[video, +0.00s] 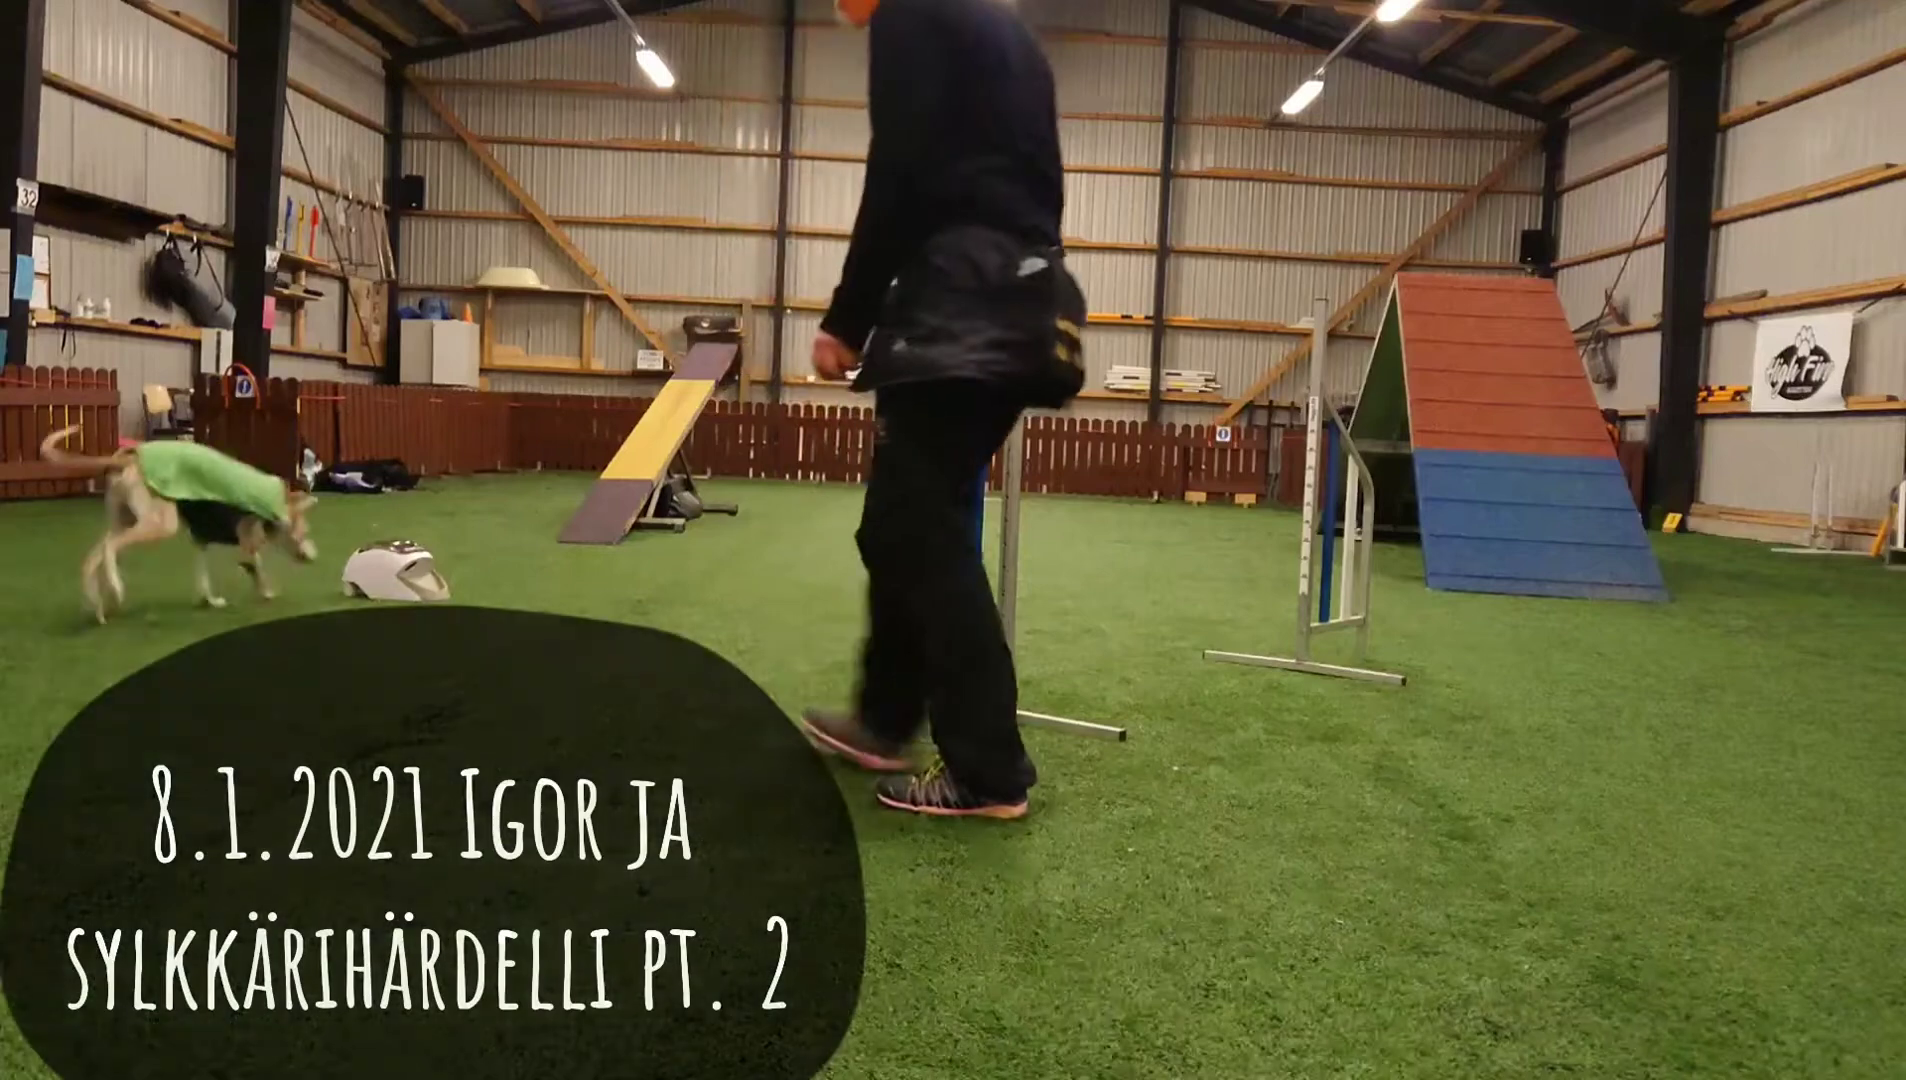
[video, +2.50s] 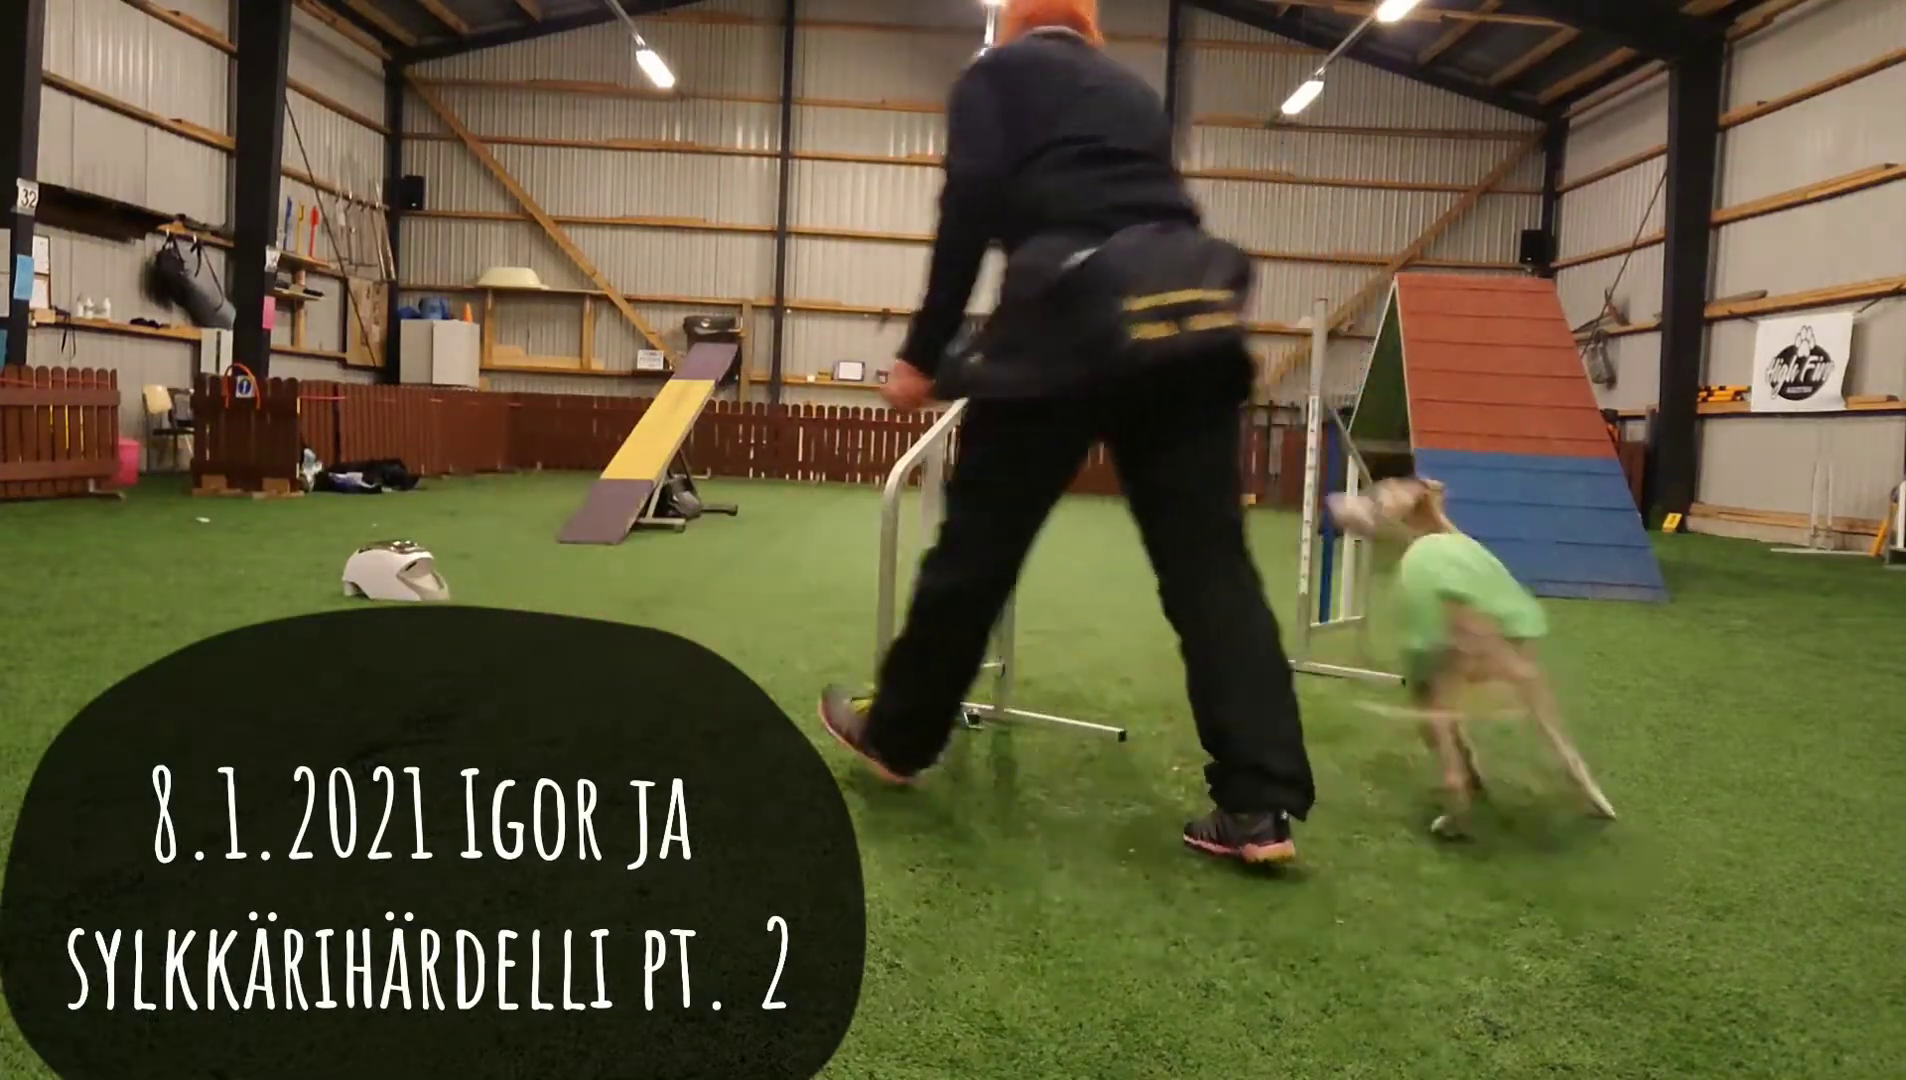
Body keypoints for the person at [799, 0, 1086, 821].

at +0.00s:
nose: (847, 7)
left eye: (850, 2)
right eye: (849, 5)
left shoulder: (909, 19)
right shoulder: (1013, 35)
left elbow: (900, 175)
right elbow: (1036, 195)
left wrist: (845, 319)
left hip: (947, 318)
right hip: (1013, 321)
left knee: (927, 542)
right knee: (898, 528)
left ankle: (991, 777)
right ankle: (883, 725)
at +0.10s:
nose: (871, 1)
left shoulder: (929, 12)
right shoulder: (1029, 26)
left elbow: (919, 166)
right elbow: (1054, 186)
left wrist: (862, 313)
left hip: (976, 317)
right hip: (1037, 316)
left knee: (927, 528)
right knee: (940, 525)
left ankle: (988, 775)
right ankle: (984, 756)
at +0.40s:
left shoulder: (994, 13)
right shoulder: (1073, 22)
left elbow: (1008, 148)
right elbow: (1084, 162)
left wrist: (991, 302)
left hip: (1022, 329)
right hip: (1097, 324)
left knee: (970, 551)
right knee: (1077, 548)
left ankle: (987, 774)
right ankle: (1103, 776)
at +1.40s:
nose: (902, 32)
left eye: (903, 19)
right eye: (897, 26)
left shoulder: (972, 7)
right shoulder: (1073, 24)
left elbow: (1018, 132)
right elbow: (1070, 207)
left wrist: (991, 320)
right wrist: (958, 334)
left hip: (1141, 293)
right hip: (1238, 288)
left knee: (1059, 563)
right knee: (1164, 552)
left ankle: (1096, 846)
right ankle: (1154, 802)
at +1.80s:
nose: (993, 143)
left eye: (990, 109)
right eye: (989, 127)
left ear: (1015, 36)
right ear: (1089, 27)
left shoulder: (1028, 51)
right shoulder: (1166, 81)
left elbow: (1056, 163)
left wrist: (1037, 349)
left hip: (1198, 297)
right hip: (1334, 296)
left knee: (1135, 588)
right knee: (1293, 581)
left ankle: (1104, 847)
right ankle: (1271, 828)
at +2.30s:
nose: (1031, 43)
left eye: (1033, 34)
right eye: (1036, 35)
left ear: (1057, 31)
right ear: (1128, 34)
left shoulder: (1051, 66)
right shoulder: (1179, 85)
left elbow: (1051, 191)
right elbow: (1221, 240)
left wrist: (1009, 346)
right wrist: (1189, 420)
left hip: (1158, 304)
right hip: (1281, 311)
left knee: (1062, 557)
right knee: (1264, 574)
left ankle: (997, 792)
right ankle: (1270, 826)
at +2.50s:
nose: (994, 32)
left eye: (997, 25)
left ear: (1013, 27)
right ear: (1090, 33)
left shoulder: (990, 76)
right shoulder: (1132, 88)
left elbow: (971, 202)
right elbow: (1155, 218)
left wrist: (923, 354)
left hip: (1061, 337)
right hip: (1188, 336)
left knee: (976, 549)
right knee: (1209, 568)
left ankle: (898, 737)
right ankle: (1261, 808)